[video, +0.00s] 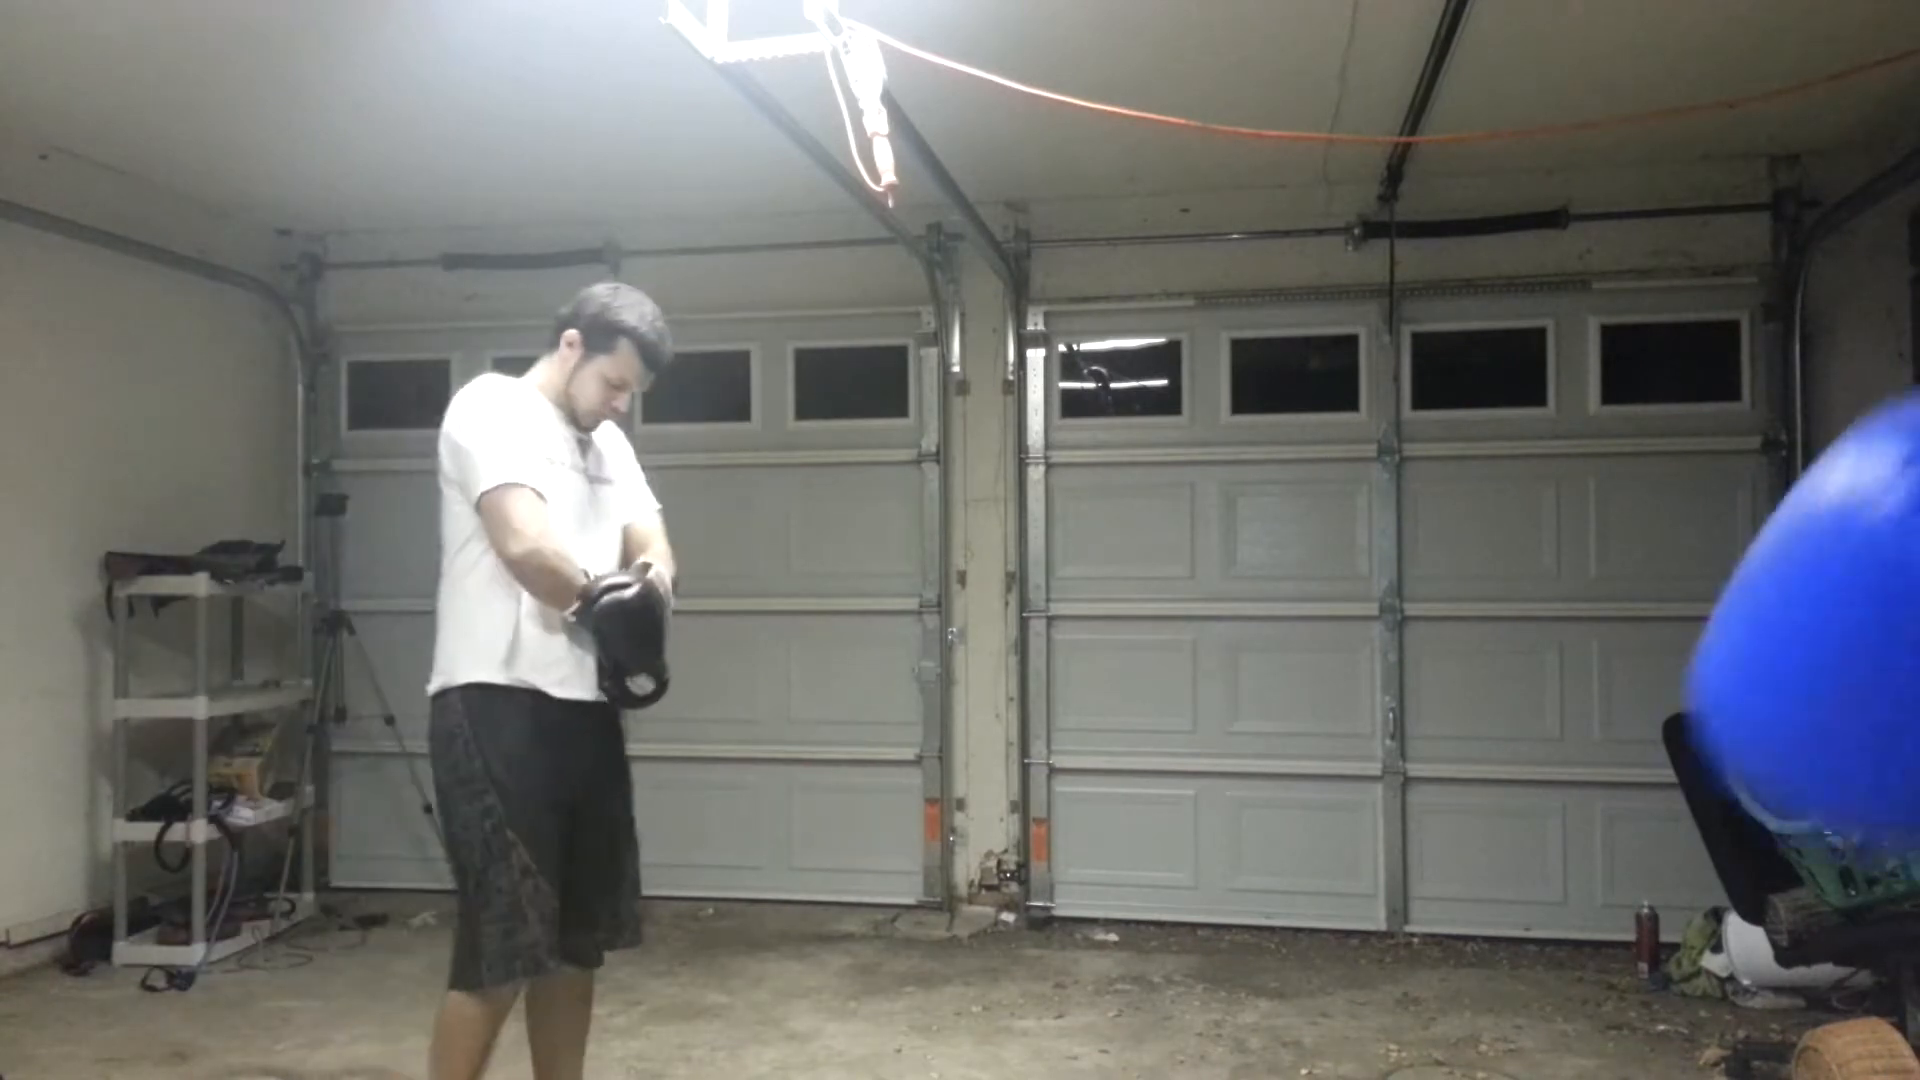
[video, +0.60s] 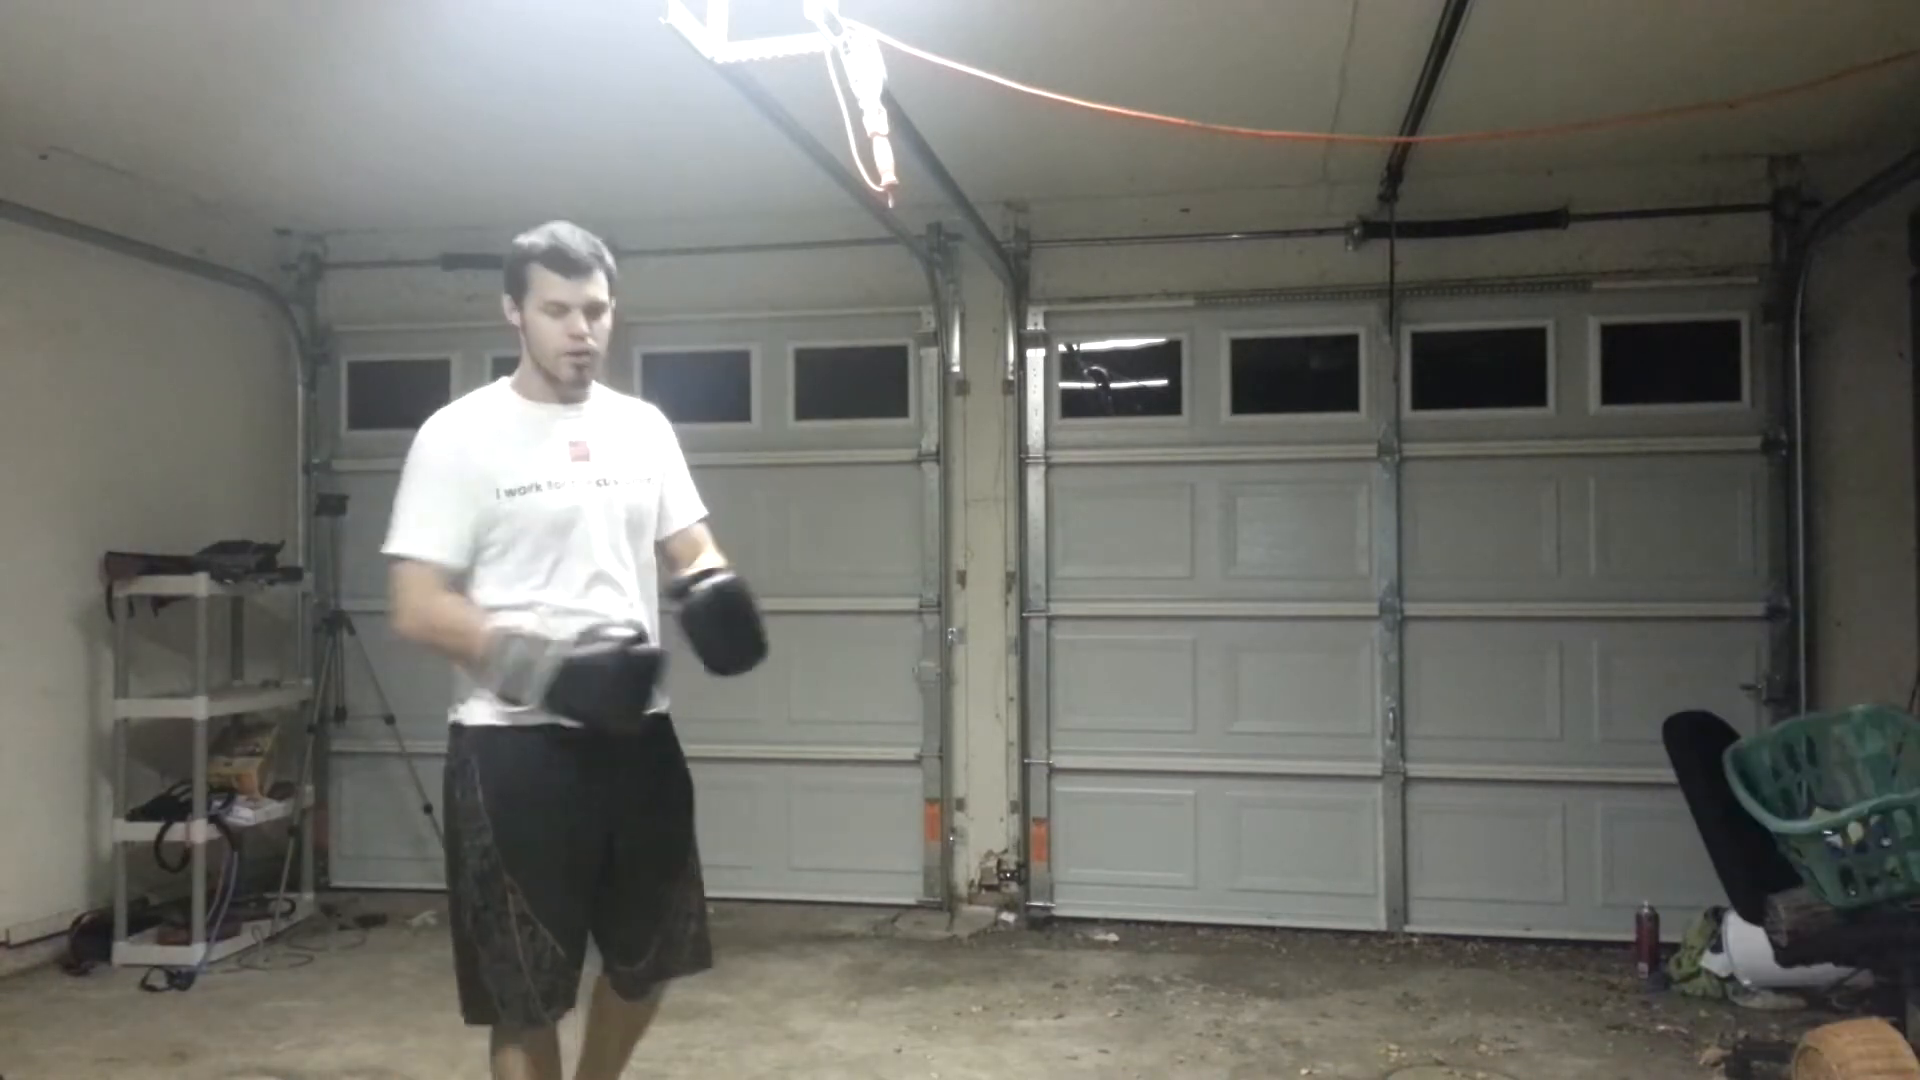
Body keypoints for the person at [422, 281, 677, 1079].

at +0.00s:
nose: (620, 407)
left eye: (632, 394)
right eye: (614, 384)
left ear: (635, 384)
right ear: (569, 347)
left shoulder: (610, 442)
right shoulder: (489, 405)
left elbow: (653, 551)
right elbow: (523, 546)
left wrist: (644, 589)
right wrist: (599, 605)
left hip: (584, 706)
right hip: (491, 701)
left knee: (575, 940)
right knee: (505, 933)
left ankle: (561, 1078)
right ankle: (450, 1070)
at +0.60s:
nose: (581, 331)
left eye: (595, 311)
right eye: (560, 312)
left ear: (613, 314)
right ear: (514, 316)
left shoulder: (641, 425)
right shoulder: (458, 435)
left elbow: (692, 551)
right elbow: (418, 604)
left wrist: (718, 606)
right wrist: (544, 670)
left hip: (636, 737)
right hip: (512, 749)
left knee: (647, 957)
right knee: (527, 994)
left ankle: (592, 1078)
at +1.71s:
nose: (675, 273)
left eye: (692, 260)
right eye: (652, 252)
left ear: (705, 287)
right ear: (599, 267)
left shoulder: (738, 431)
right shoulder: (503, 396)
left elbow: (780, 603)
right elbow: (410, 565)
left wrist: (727, 575)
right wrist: (518, 560)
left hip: (676, 772)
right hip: (515, 763)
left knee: (673, 1048)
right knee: (462, 1047)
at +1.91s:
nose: (637, 301)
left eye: (655, 282)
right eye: (615, 277)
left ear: (671, 287)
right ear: (555, 275)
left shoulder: (683, 406)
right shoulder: (464, 394)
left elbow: (749, 579)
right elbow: (441, 559)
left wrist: (735, 444)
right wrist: (512, 411)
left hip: (652, 771)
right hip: (495, 769)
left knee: (668, 1052)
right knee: (460, 1055)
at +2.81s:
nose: (609, 332)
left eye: (621, 308)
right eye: (586, 306)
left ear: (634, 300)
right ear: (508, 289)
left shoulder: (652, 408)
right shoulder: (405, 395)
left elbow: (777, 512)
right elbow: (420, 579)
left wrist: (842, 496)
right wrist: (503, 427)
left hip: (615, 794)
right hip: (444, 797)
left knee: (653, 1064)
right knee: (431, 1064)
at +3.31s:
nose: (554, 303)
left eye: (560, 279)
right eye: (527, 274)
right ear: (442, 262)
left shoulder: (563, 396)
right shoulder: (312, 385)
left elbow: (731, 464)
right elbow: (359, 558)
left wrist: (898, 466)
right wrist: (459, 399)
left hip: (543, 808)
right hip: (360, 811)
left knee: (596, 1064)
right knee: (341, 1067)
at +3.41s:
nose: (541, 288)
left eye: (545, 265)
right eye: (517, 260)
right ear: (430, 251)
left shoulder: (542, 371)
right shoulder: (303, 380)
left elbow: (683, 495)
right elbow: (350, 576)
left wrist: (841, 531)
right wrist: (496, 459)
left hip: (540, 803)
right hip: (363, 816)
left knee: (582, 1064)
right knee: (357, 1063)